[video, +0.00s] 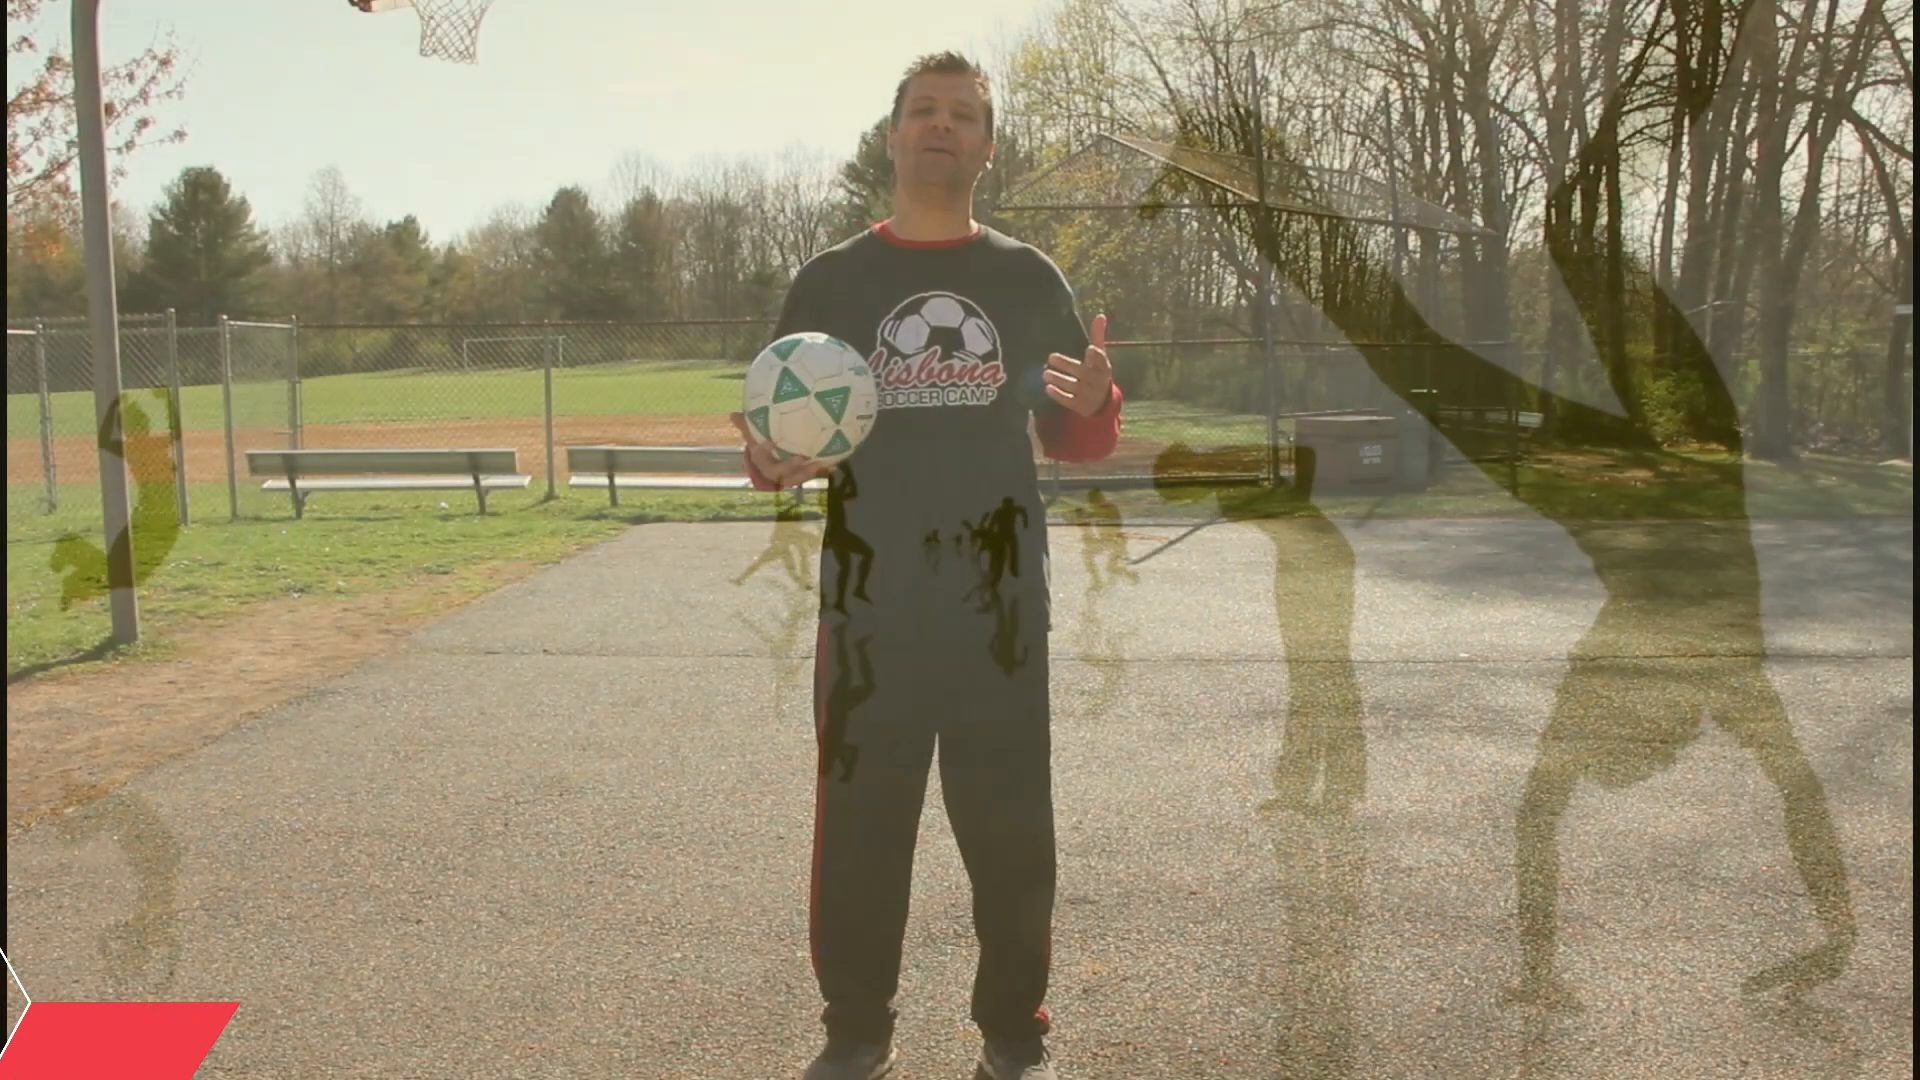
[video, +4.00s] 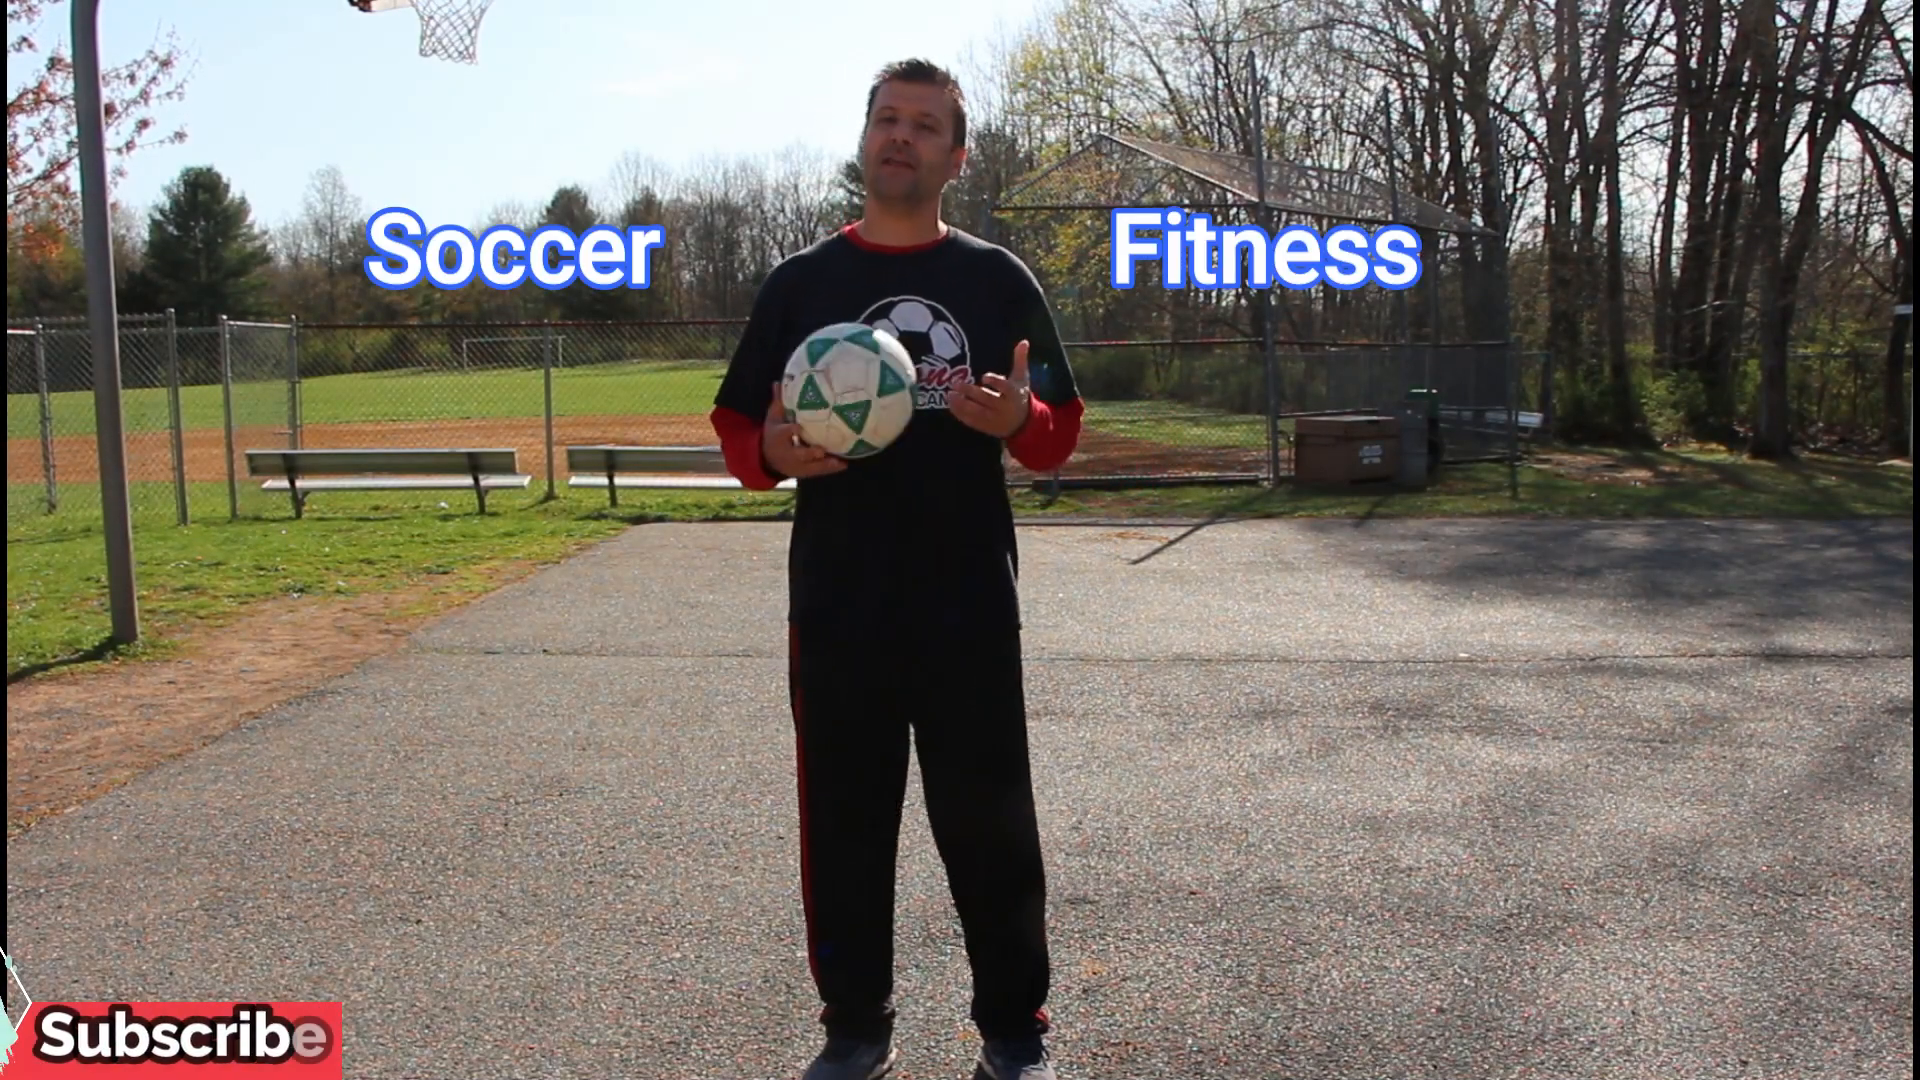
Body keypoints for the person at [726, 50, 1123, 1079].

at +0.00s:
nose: (941, 128)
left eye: (964, 115)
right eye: (923, 111)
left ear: (989, 147)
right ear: (891, 137)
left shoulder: (1029, 277)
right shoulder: (828, 282)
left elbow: (1072, 444)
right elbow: (787, 432)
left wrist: (1094, 410)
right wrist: (772, 461)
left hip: (999, 577)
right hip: (871, 576)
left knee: (1009, 812)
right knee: (860, 809)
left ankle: (1014, 1033)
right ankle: (853, 1030)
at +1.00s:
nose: (997, 156)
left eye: (1018, 140)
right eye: (978, 138)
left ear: (1045, 159)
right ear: (948, 154)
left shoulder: (1093, 288)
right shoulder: (893, 292)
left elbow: (1155, 430)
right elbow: (841, 427)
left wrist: (1094, 479)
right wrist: (887, 487)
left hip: (1058, 601)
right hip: (932, 597)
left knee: (1047, 823)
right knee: (899, 814)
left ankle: (1020, 1029)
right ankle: (858, 1027)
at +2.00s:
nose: (965, 140)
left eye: (987, 127)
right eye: (946, 124)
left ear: (1013, 153)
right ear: (915, 145)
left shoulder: (1059, 285)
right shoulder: (856, 289)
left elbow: (1118, 430)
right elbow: (806, 425)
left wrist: (1060, 466)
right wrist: (853, 471)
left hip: (1024, 596)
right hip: (895, 594)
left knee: (1028, 819)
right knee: (878, 815)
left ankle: (1019, 1032)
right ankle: (857, 1027)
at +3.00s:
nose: (876, 140)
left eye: (893, 123)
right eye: (854, 127)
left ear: (924, 142)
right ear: (829, 153)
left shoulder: (981, 282)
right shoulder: (780, 292)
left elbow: (1042, 433)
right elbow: (726, 439)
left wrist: (986, 449)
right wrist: (778, 451)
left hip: (941, 592)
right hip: (815, 598)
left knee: (973, 810)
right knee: (830, 815)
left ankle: (1013, 1025)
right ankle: (852, 1022)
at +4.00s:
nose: (901, 137)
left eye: (926, 126)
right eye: (887, 119)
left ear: (957, 155)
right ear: (861, 139)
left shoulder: (998, 279)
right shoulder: (796, 285)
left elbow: (1060, 430)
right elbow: (736, 419)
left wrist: (1019, 422)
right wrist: (768, 450)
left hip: (965, 594)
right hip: (837, 597)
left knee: (988, 817)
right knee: (842, 820)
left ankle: (1014, 1032)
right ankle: (854, 1027)